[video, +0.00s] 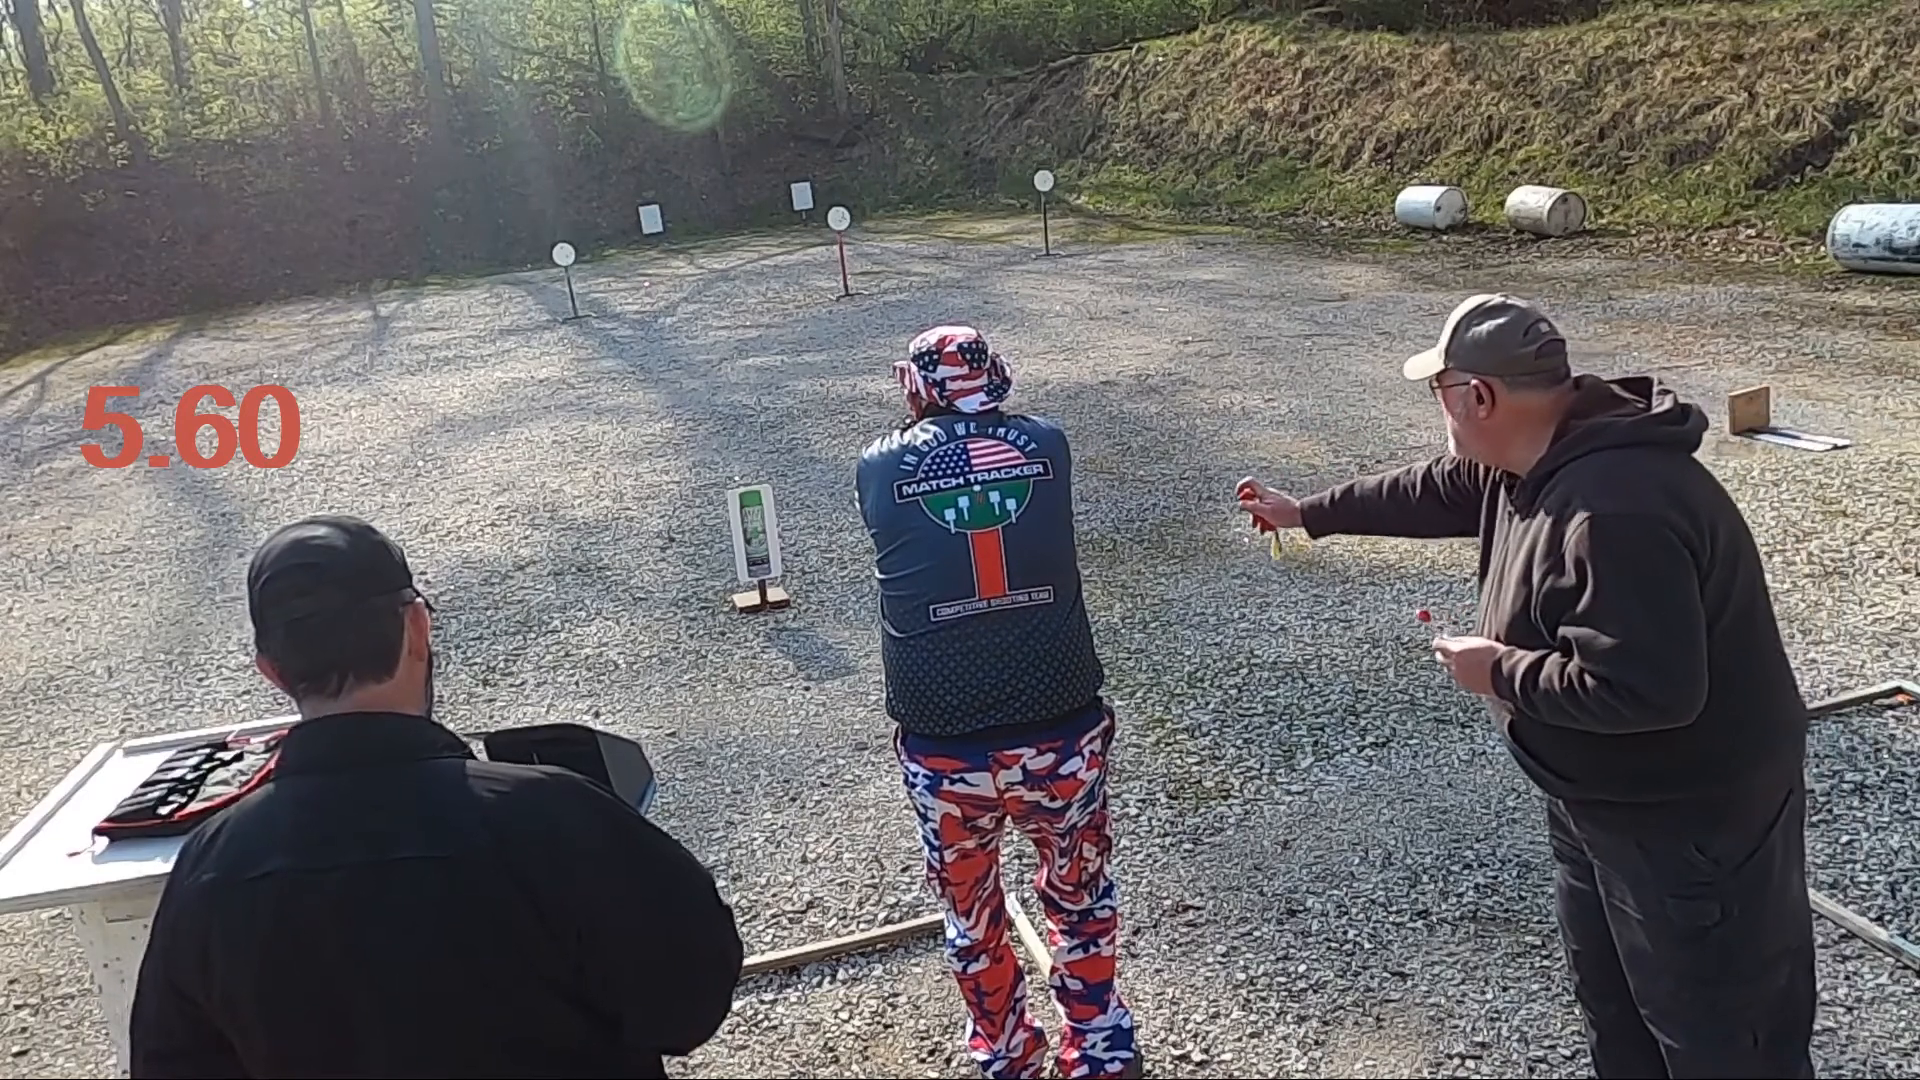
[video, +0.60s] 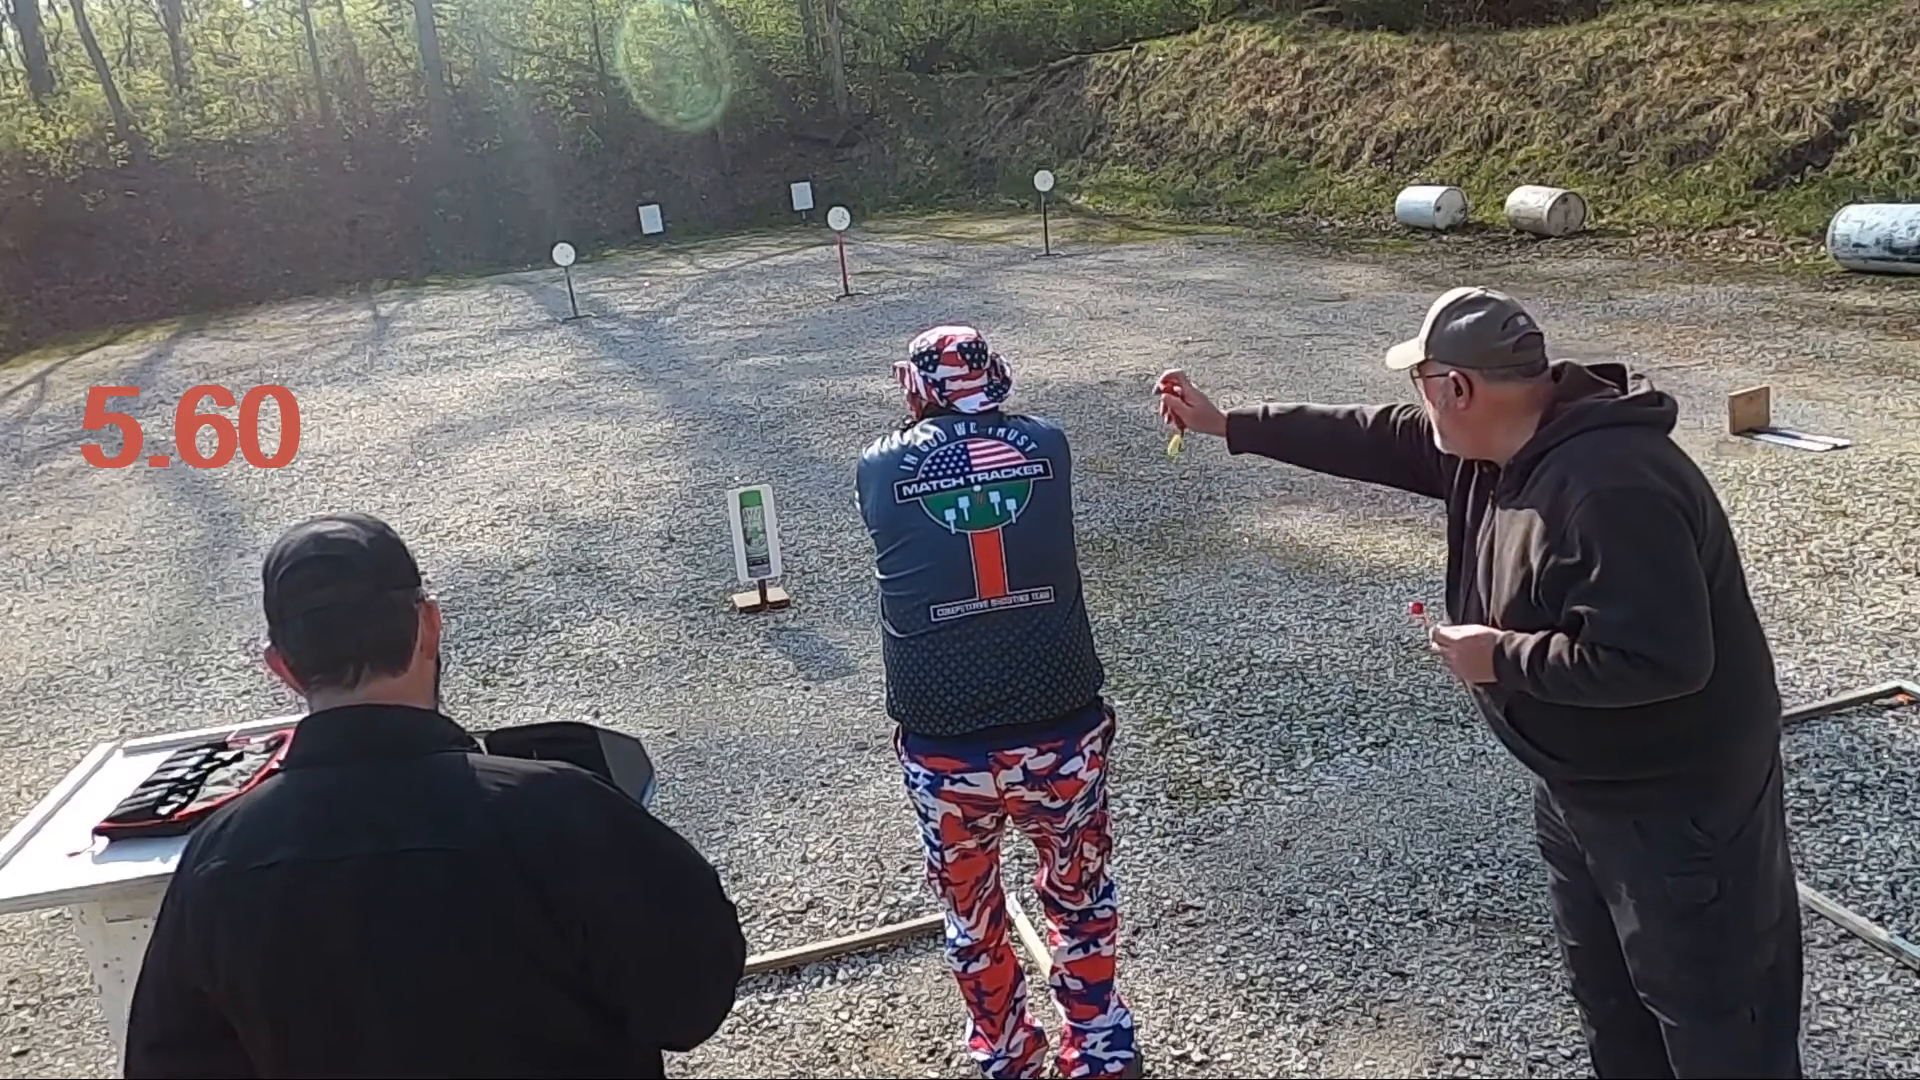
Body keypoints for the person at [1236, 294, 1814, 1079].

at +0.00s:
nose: (1443, 416)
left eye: (1443, 396)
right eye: (1441, 397)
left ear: (1481, 398)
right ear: (1502, 390)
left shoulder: (1612, 513)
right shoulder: (1527, 462)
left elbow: (1653, 692)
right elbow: (1435, 492)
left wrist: (1501, 671)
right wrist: (1305, 511)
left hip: (1689, 821)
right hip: (1599, 798)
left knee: (1721, 1043)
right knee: (1620, 1019)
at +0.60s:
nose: (1420, 402)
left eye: (1422, 386)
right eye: (1420, 387)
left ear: (1459, 389)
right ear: (1477, 386)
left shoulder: (1614, 488)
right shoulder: (1491, 453)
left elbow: (1664, 661)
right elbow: (1368, 441)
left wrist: (1503, 655)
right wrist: (1226, 423)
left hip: (1685, 808)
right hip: (1587, 793)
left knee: (1720, 1039)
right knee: (1620, 1023)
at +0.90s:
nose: (1410, 408)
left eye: (1412, 393)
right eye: (1408, 394)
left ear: (1449, 396)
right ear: (1473, 389)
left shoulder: (1610, 486)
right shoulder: (1480, 454)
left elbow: (1671, 652)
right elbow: (1356, 441)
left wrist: (1507, 656)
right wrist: (1211, 420)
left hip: (1687, 806)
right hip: (1582, 793)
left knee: (1724, 1032)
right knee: (1616, 1017)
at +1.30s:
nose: (1418, 407)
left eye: (1419, 392)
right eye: (1416, 393)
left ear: (1451, 395)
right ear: (1493, 383)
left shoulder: (1616, 478)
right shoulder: (1480, 458)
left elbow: (1684, 638)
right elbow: (1364, 451)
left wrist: (1520, 653)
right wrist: (1216, 429)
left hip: (1709, 805)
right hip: (1592, 795)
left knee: (1746, 1033)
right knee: (1626, 1026)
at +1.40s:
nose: (1427, 410)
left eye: (1427, 392)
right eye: (1425, 395)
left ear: (1461, 391)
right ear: (1499, 382)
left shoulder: (1616, 477)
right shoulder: (1500, 456)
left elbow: (1684, 642)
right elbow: (1393, 468)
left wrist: (1521, 652)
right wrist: (1254, 453)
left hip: (1712, 806)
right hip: (1602, 793)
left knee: (1753, 1041)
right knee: (1629, 1028)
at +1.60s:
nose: (1457, 408)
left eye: (1455, 391)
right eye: (1453, 392)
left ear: (1483, 397)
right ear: (1549, 375)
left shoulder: (1629, 491)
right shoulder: (1558, 466)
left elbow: (1682, 658)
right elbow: (1496, 529)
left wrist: (1527, 659)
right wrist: (1365, 520)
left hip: (1725, 815)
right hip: (1621, 800)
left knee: (1784, 1050)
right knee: (1638, 1036)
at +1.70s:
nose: (1478, 412)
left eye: (1476, 395)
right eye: (1475, 395)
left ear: (1504, 400)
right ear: (1577, 374)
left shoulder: (1638, 498)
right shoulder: (1589, 463)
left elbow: (1693, 674)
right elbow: (1550, 553)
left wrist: (1538, 665)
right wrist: (1431, 551)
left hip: (1742, 826)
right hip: (1637, 807)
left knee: (1801, 1051)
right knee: (1642, 1034)